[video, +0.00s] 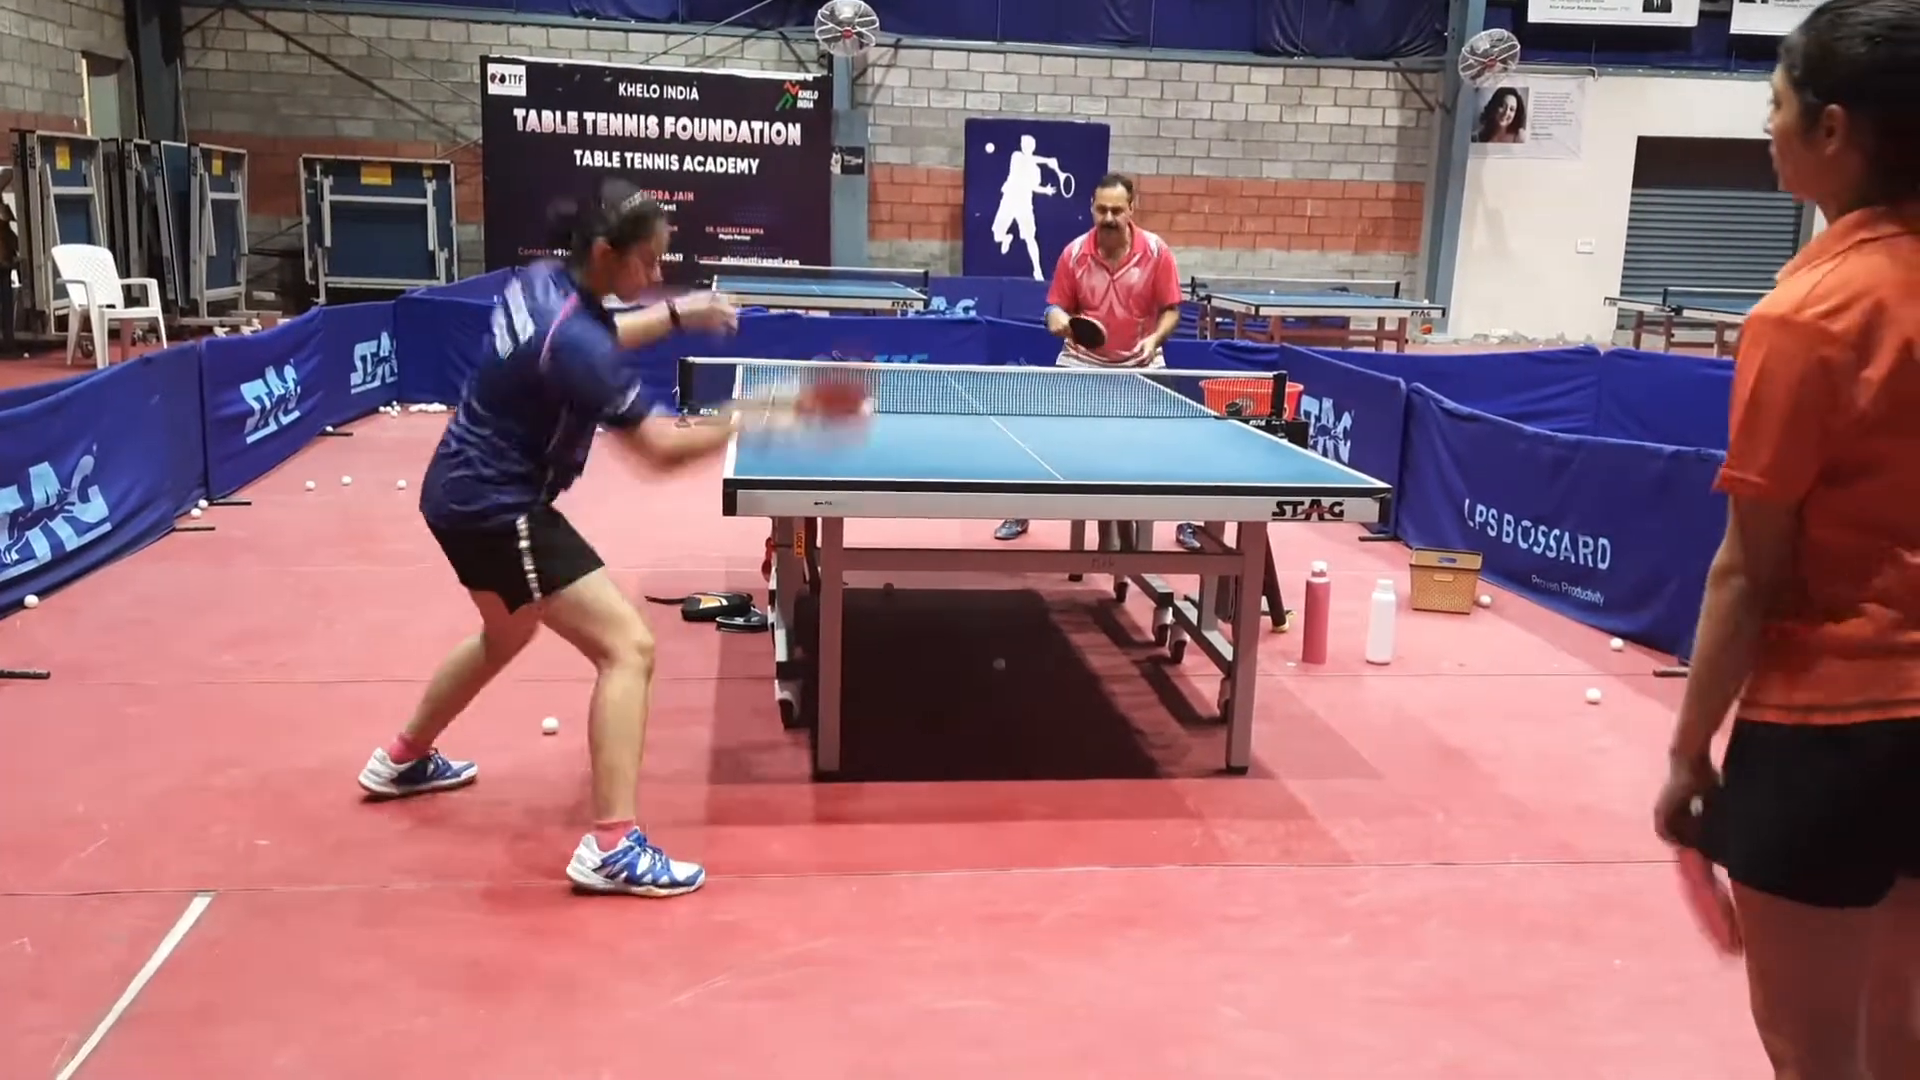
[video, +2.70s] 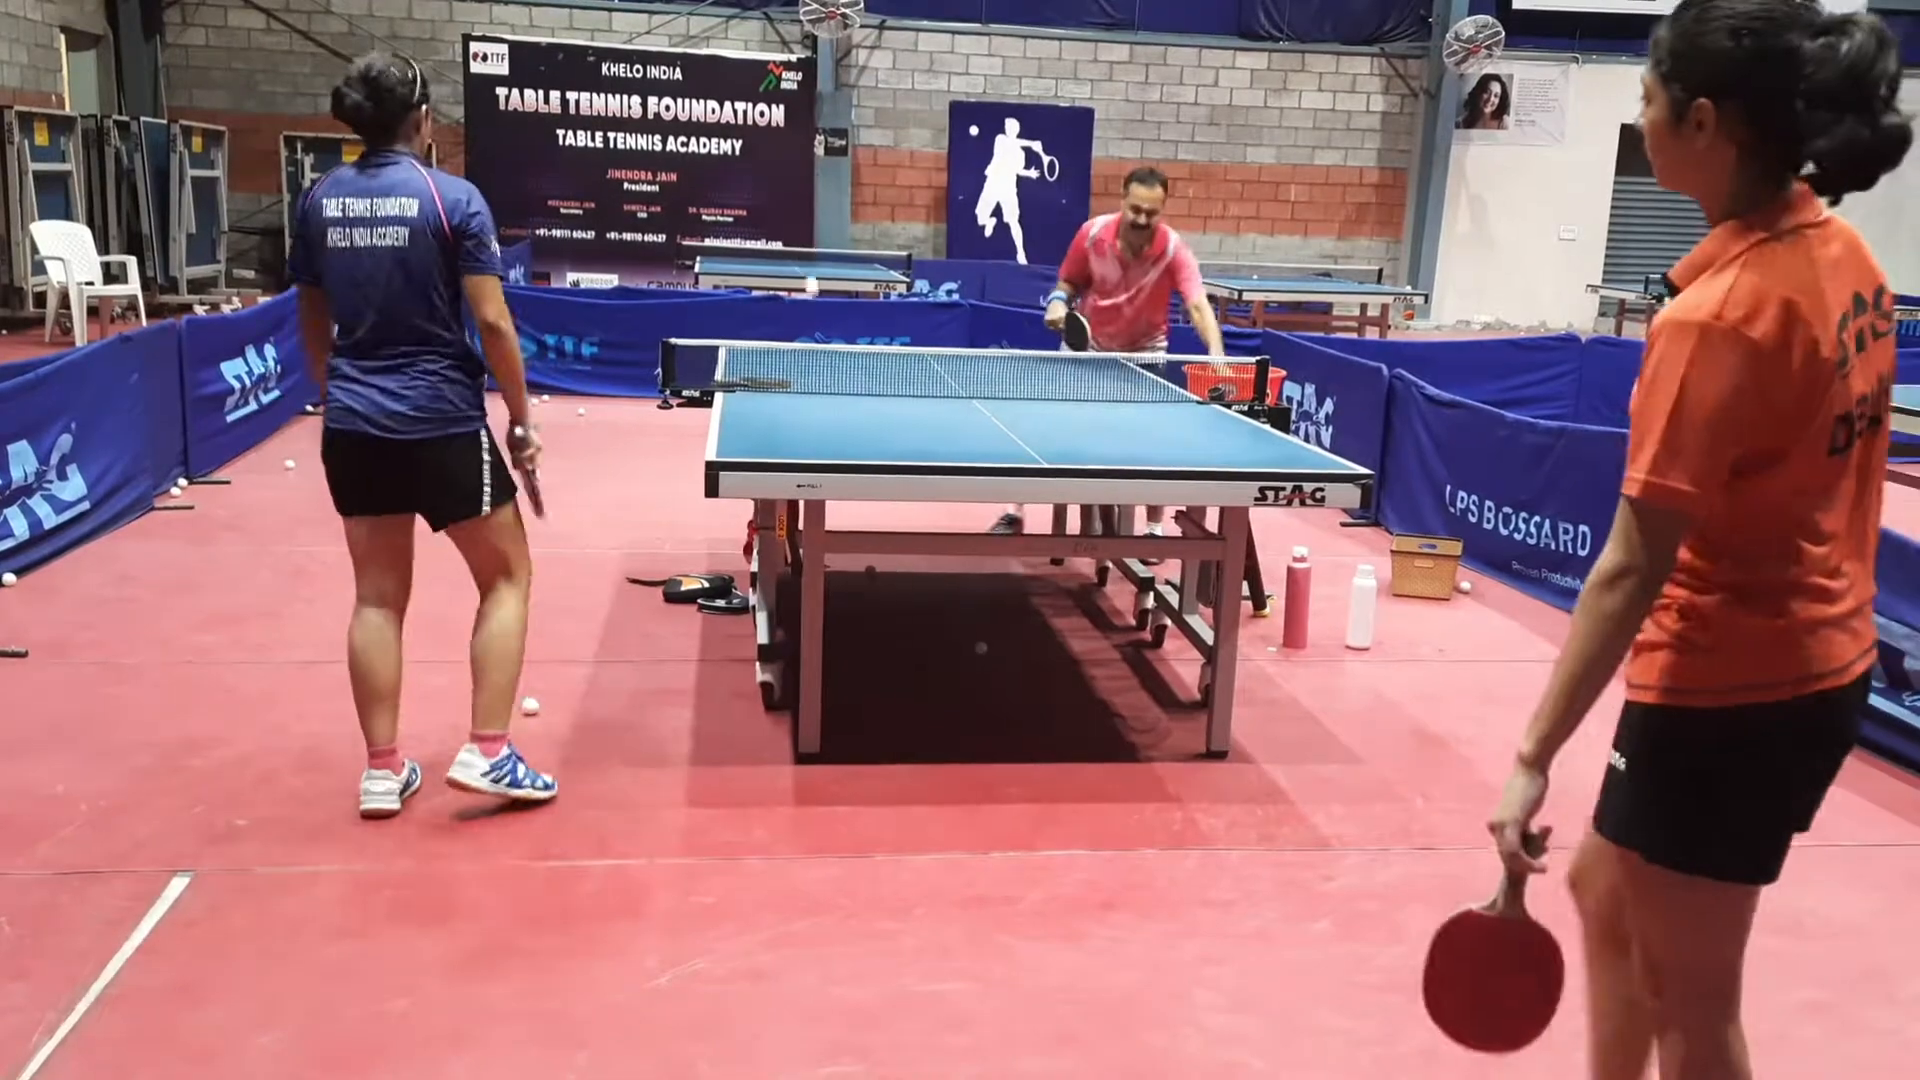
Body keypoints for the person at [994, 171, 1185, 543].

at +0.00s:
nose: (1109, 218)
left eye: (1117, 210)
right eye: (1102, 210)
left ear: (1132, 210)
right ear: (1092, 209)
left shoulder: (1156, 252)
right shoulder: (1074, 253)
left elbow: (1171, 309)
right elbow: (1055, 307)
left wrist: (1154, 338)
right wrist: (1061, 323)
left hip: (1139, 364)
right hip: (1080, 362)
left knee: (1173, 433)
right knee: (1042, 427)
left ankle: (1187, 519)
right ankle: (1020, 510)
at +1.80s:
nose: (1106, 192)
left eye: (1115, 184)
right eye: (1100, 183)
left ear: (1131, 187)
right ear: (1092, 184)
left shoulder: (1153, 233)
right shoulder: (1071, 231)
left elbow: (1166, 296)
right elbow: (1055, 289)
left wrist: (1133, 329)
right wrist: (1042, 294)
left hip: (1129, 351)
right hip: (1069, 344)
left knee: (1159, 423)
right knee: (1032, 413)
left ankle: (1174, 508)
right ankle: (1016, 498)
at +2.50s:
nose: (1110, 205)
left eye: (1117, 197)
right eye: (1102, 197)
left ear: (1125, 193)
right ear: (1083, 190)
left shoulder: (1138, 231)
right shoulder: (1052, 231)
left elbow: (1167, 281)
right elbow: (1029, 283)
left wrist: (1181, 313)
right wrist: (1027, 305)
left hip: (1117, 348)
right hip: (1054, 346)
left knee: (1134, 429)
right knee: (1024, 419)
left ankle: (1152, 522)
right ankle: (999, 509)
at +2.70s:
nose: (1142, 220)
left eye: (1151, 213)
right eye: (1135, 210)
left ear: (1163, 210)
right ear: (1122, 202)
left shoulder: (1173, 248)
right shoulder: (1093, 234)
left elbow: (1197, 305)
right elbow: (1067, 283)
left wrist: (1216, 351)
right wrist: (1057, 304)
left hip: (1146, 351)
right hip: (1090, 347)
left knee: (1152, 437)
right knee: (1051, 423)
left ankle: (1154, 529)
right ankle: (1015, 511)